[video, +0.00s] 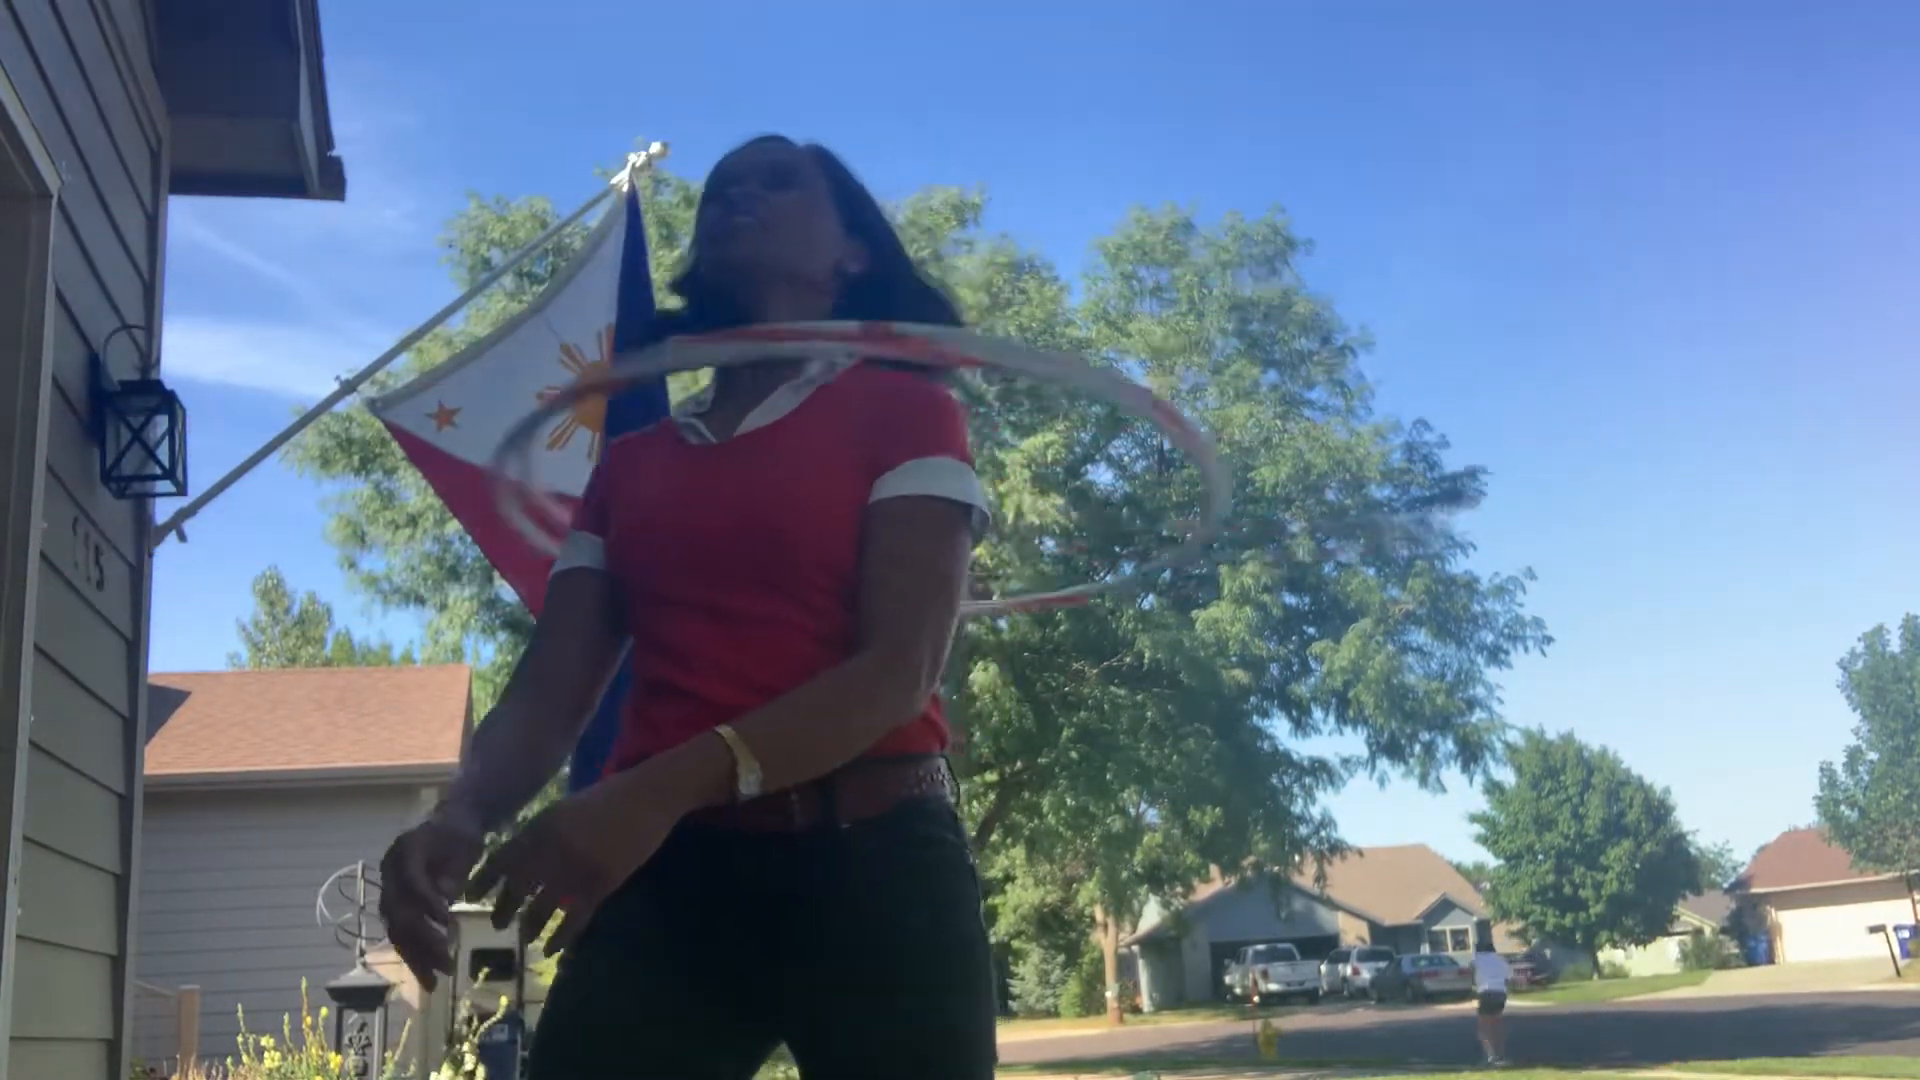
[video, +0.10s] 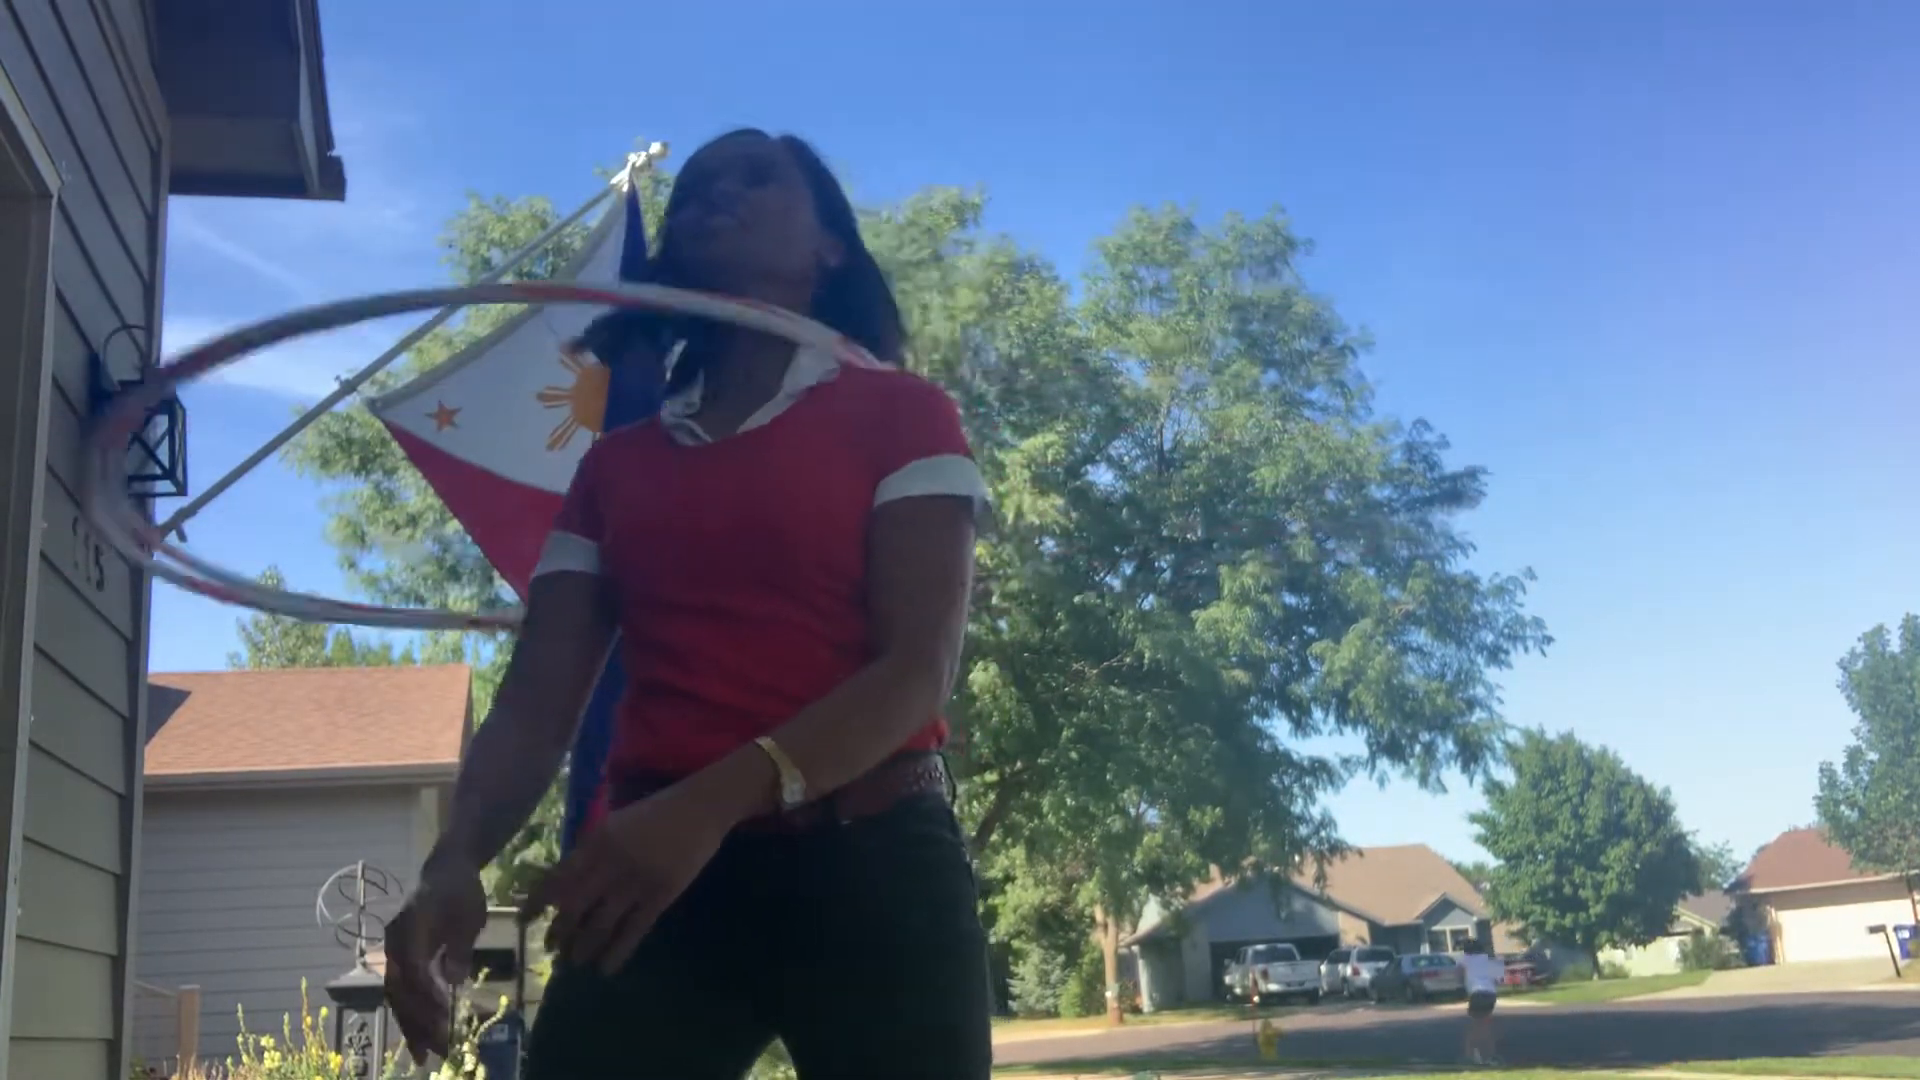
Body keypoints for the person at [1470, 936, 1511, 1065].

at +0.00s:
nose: (1478, 952)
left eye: (1477, 950)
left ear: (1479, 949)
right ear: (1492, 948)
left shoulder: (1477, 959)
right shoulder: (1499, 959)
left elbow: (1471, 973)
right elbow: (1509, 974)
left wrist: (1474, 984)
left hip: (1485, 991)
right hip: (1500, 991)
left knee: (1483, 1026)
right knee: (1497, 1023)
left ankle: (1491, 1055)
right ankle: (1501, 1055)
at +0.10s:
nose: (1465, 953)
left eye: (1465, 950)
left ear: (1466, 950)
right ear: (1480, 948)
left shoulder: (1465, 959)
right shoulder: (1486, 959)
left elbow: (1458, 974)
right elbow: (1498, 977)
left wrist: (1462, 982)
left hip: (1476, 992)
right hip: (1490, 992)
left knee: (1474, 1024)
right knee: (1485, 1024)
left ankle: (1470, 1055)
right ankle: (1489, 1055)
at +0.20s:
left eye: (1454, 951)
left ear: (1454, 951)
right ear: (1468, 950)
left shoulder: (1453, 962)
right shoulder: (1477, 962)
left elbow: (1449, 979)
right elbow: (1488, 978)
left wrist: (1450, 986)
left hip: (1464, 996)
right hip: (1480, 995)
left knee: (1462, 1026)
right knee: (1475, 1026)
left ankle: (1463, 1055)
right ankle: (1479, 1055)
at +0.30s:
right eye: (1456, 949)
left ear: (1443, 952)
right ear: (1456, 951)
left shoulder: (1442, 963)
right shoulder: (1463, 962)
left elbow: (1438, 979)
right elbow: (1472, 978)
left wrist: (1438, 985)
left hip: (1454, 998)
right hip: (1469, 997)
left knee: (1455, 1028)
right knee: (1464, 1026)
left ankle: (1458, 1057)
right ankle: (1467, 1054)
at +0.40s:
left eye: (1434, 951)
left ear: (1434, 951)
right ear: (1447, 950)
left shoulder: (1433, 964)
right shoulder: (1455, 963)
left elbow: (1426, 980)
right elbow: (1464, 977)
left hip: (1442, 996)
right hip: (1457, 995)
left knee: (1450, 1026)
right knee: (1447, 1025)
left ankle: (1458, 1056)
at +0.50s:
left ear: (1424, 951)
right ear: (1436, 949)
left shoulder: (1422, 961)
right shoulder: (1444, 960)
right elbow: (1454, 975)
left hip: (1429, 994)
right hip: (1445, 993)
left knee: (1440, 1024)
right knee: (1435, 1023)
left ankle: (1453, 1056)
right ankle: (1436, 1055)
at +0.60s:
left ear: (1412, 948)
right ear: (1424, 947)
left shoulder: (1408, 959)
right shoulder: (1433, 959)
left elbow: (1407, 974)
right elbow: (1439, 976)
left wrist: (1406, 986)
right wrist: (1437, 985)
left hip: (1417, 992)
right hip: (1433, 991)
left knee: (1426, 1021)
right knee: (1428, 1021)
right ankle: (1425, 1049)